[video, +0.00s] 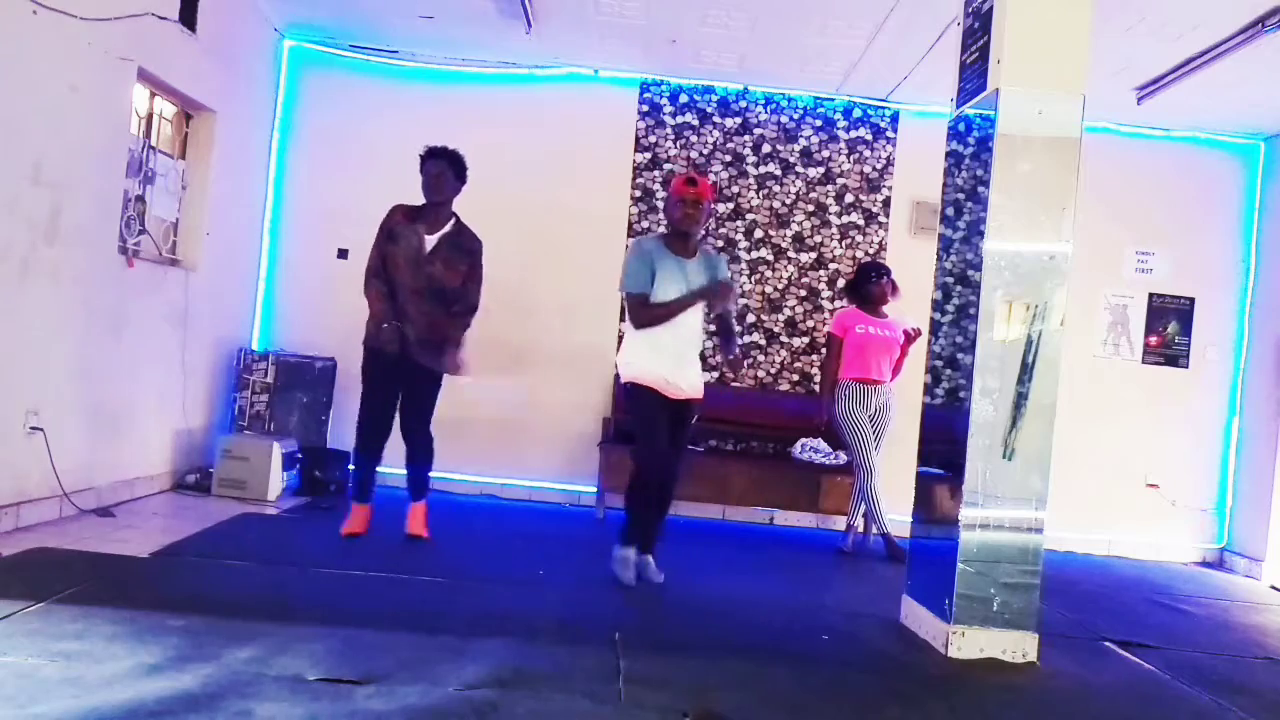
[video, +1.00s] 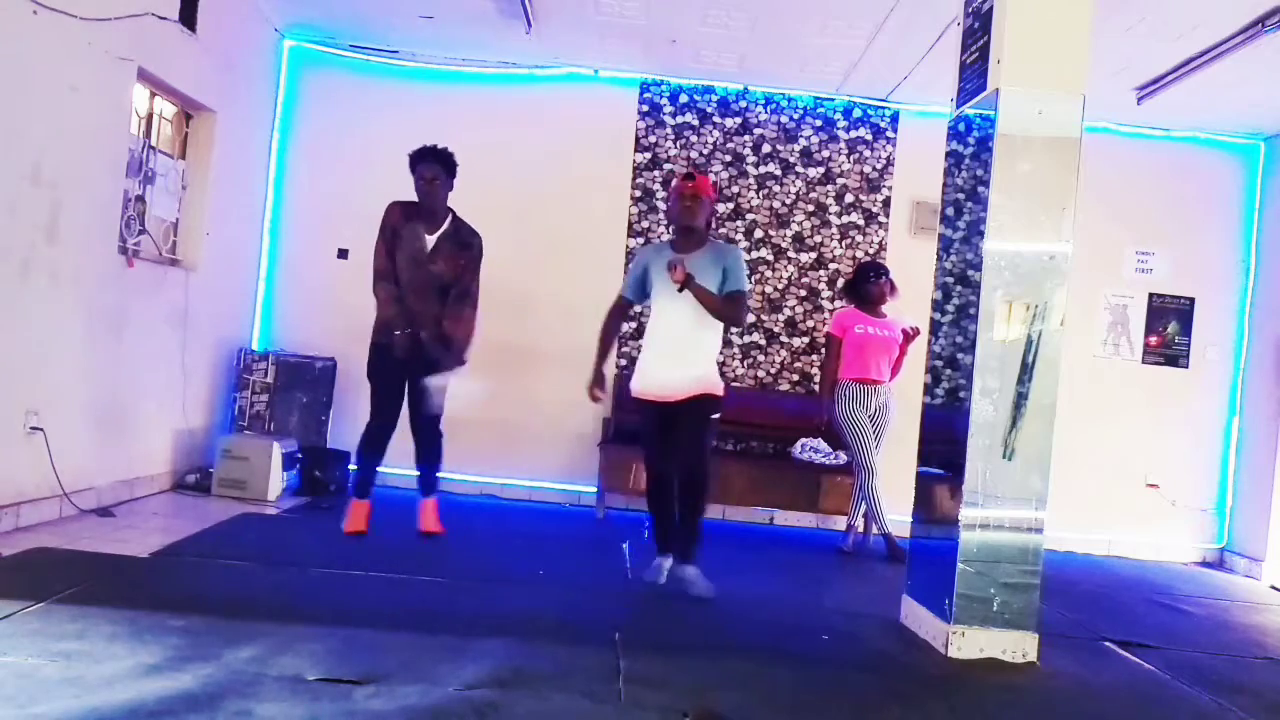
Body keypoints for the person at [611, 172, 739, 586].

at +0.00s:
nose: (689, 211)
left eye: (697, 205)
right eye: (682, 203)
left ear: (708, 213)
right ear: (667, 207)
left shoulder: (714, 263)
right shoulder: (644, 251)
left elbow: (723, 317)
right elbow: (640, 317)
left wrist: (729, 342)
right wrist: (702, 296)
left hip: (687, 378)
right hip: (643, 373)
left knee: (669, 466)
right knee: (653, 460)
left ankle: (646, 550)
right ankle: (628, 544)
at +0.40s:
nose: (688, 212)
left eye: (696, 206)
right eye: (681, 204)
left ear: (708, 214)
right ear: (670, 208)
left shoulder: (698, 269)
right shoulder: (648, 247)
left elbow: (690, 324)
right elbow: (629, 314)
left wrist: (697, 354)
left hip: (664, 379)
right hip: (626, 373)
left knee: (648, 472)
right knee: (620, 467)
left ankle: (613, 561)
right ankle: (602, 552)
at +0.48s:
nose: (689, 208)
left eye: (697, 202)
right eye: (683, 200)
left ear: (708, 212)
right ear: (668, 205)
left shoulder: (705, 273)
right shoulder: (644, 247)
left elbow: (692, 332)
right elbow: (605, 306)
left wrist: (698, 353)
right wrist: (646, 350)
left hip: (666, 391)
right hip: (625, 384)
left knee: (646, 480)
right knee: (610, 467)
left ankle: (616, 564)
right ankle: (589, 547)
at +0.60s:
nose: (685, 203)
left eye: (693, 197)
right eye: (679, 195)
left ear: (707, 208)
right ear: (666, 200)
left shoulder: (716, 263)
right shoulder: (636, 245)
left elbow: (722, 331)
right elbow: (585, 295)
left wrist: (704, 331)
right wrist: (597, 339)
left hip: (670, 389)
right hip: (622, 379)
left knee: (643, 479)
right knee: (600, 464)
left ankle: (613, 565)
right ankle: (568, 542)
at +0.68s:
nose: (682, 200)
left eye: (690, 194)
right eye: (675, 193)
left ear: (705, 202)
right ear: (664, 199)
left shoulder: (721, 252)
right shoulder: (640, 247)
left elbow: (728, 317)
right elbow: (585, 284)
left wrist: (691, 306)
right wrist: (574, 321)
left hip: (675, 384)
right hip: (628, 375)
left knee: (643, 474)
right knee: (606, 459)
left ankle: (614, 563)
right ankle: (586, 538)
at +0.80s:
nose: (681, 202)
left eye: (690, 195)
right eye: (675, 194)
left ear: (705, 203)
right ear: (664, 200)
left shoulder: (722, 251)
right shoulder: (644, 251)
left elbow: (732, 309)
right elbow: (596, 288)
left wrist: (686, 294)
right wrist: (572, 323)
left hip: (681, 379)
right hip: (635, 373)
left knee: (650, 466)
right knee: (624, 458)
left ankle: (616, 563)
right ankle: (640, 538)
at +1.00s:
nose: (688, 205)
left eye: (696, 199)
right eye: (682, 198)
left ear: (711, 209)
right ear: (670, 206)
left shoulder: (727, 256)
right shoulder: (650, 256)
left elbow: (737, 316)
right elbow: (618, 312)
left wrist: (690, 285)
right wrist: (599, 365)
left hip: (699, 382)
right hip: (652, 381)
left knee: (692, 467)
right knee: (657, 469)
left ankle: (687, 560)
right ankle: (664, 554)